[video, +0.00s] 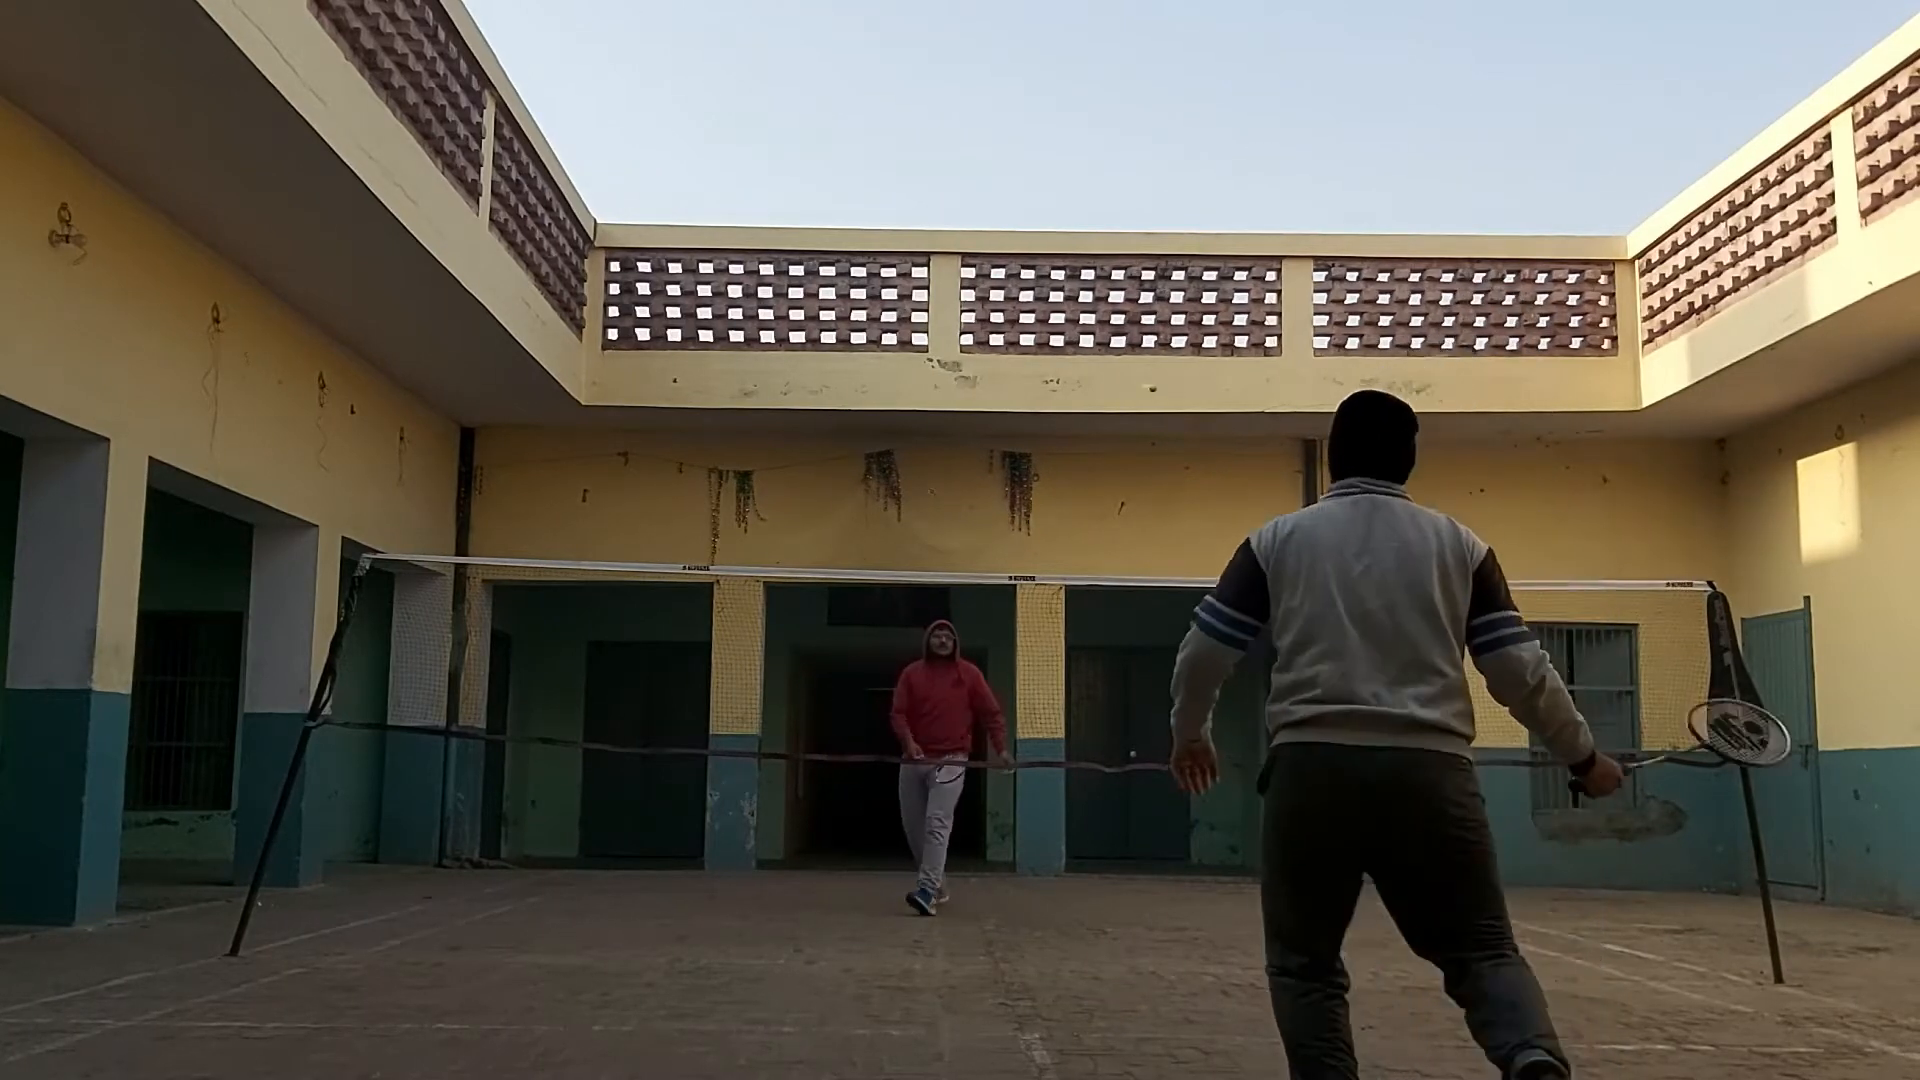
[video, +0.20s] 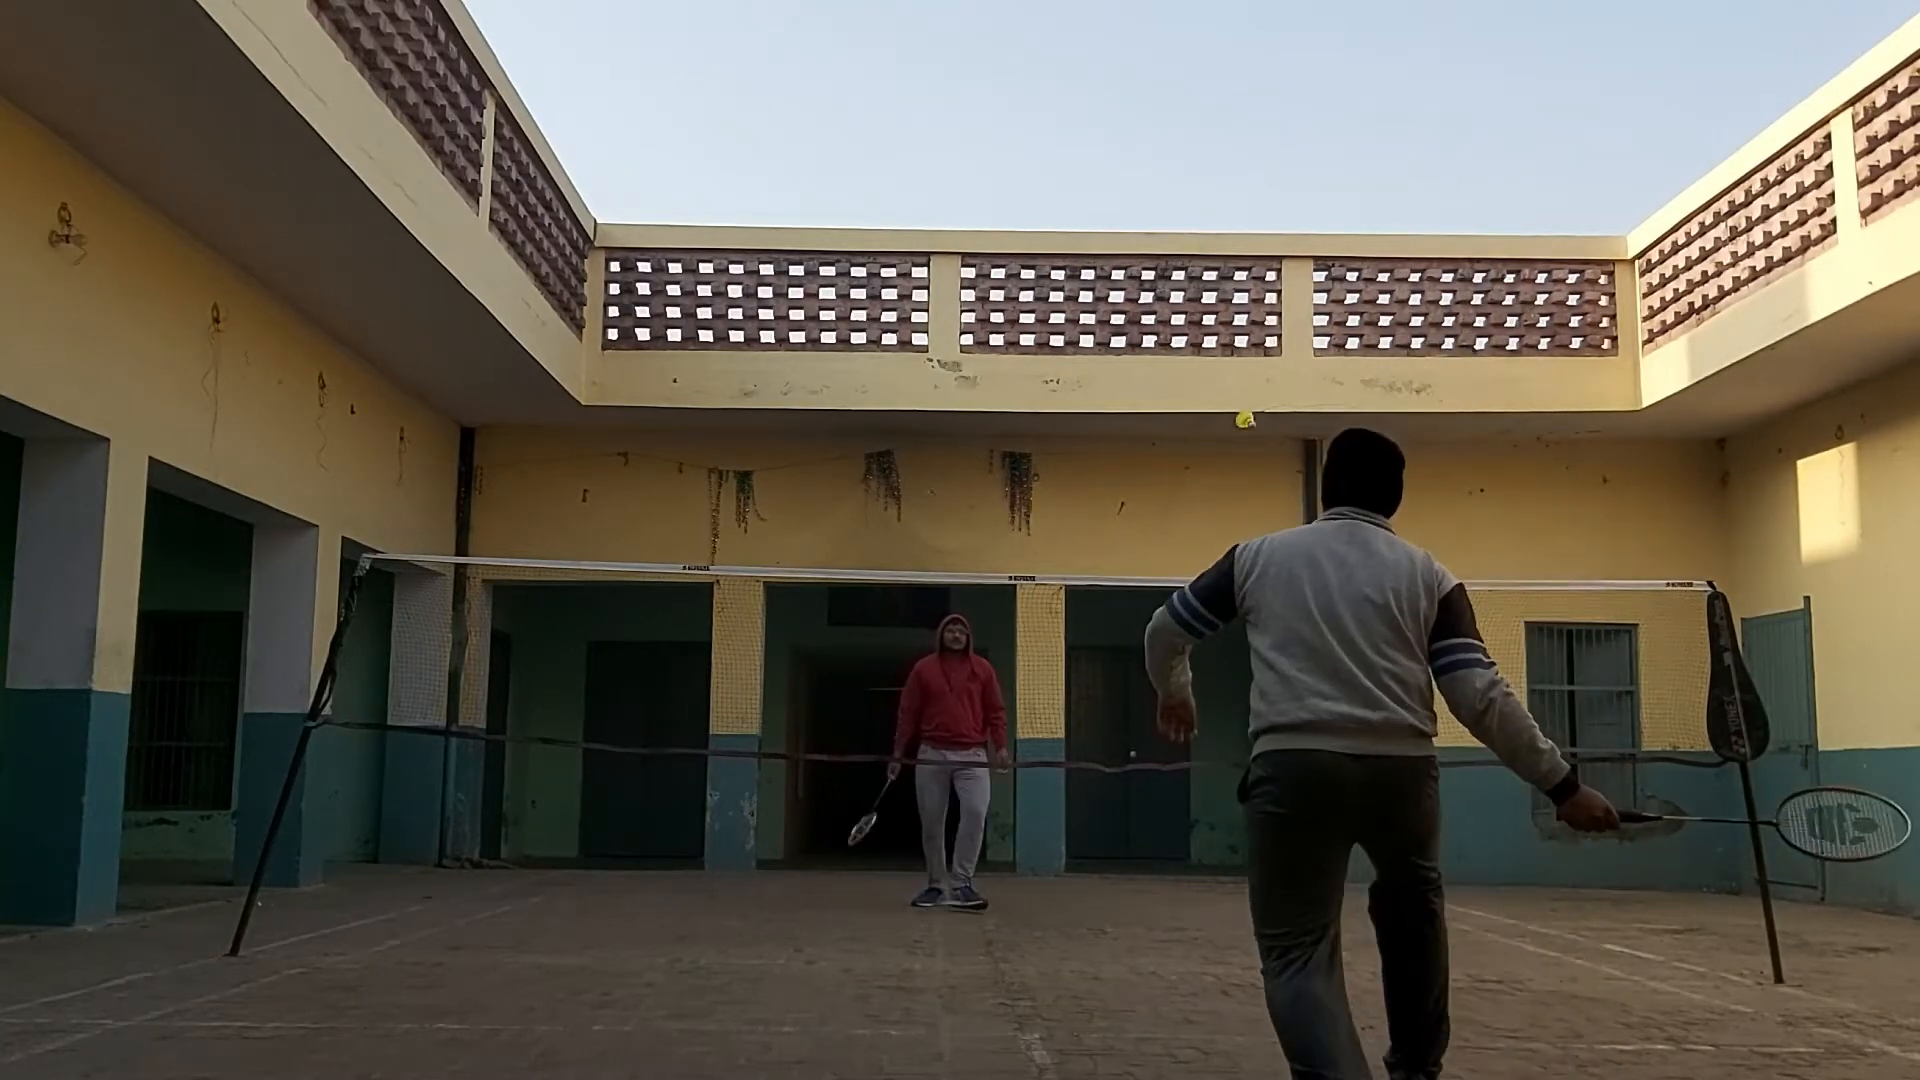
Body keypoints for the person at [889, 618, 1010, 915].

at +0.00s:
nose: (942, 640)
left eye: (947, 636)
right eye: (937, 636)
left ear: (954, 642)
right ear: (928, 641)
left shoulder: (968, 673)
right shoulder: (912, 673)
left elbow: (992, 712)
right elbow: (898, 714)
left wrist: (1000, 749)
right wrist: (908, 741)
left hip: (951, 760)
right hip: (915, 760)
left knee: (937, 823)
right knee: (913, 825)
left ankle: (927, 891)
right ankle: (936, 884)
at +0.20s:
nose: (956, 635)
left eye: (961, 632)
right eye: (951, 631)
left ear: (968, 638)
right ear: (941, 636)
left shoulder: (982, 668)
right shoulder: (924, 669)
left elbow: (996, 711)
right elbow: (907, 715)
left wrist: (1001, 747)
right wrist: (897, 756)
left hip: (972, 755)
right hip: (932, 755)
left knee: (977, 813)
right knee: (932, 821)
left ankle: (962, 885)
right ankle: (936, 886)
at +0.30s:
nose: (965, 632)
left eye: (970, 629)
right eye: (959, 628)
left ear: (977, 635)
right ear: (950, 633)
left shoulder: (991, 666)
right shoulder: (932, 666)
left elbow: (1004, 708)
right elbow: (914, 710)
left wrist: (1010, 742)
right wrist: (901, 746)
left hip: (983, 753)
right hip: (942, 754)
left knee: (996, 816)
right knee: (937, 823)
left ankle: (991, 882)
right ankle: (936, 886)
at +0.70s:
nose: (1001, 637)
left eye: (1006, 633)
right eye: (996, 633)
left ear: (1013, 639)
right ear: (987, 638)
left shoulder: (1026, 670)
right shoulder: (972, 668)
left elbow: (1045, 711)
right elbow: (960, 710)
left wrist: (1039, 744)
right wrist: (951, 744)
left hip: (1016, 757)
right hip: (977, 754)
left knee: (1024, 823)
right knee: (962, 814)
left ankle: (1035, 885)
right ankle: (961, 880)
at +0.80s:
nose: (999, 633)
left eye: (1004, 630)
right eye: (994, 629)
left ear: (1011, 637)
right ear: (985, 636)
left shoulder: (1025, 669)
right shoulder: (974, 667)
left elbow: (1044, 707)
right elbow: (964, 709)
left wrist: (1032, 733)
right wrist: (956, 740)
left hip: (1017, 754)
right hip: (981, 753)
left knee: (1026, 819)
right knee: (966, 813)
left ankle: (1035, 882)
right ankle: (973, 872)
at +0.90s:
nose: (993, 637)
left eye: (998, 635)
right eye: (988, 635)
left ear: (1006, 643)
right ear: (980, 643)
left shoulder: (1019, 671)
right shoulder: (972, 674)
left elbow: (1037, 709)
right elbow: (965, 715)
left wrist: (1018, 730)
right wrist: (959, 745)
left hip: (1018, 761)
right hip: (982, 759)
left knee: (1026, 821)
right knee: (966, 815)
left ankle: (1036, 884)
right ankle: (973, 875)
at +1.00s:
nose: (983, 645)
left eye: (988, 643)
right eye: (979, 642)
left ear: (997, 651)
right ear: (973, 651)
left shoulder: (1011, 680)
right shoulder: (969, 686)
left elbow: (1021, 713)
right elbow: (964, 725)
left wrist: (990, 720)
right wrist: (954, 753)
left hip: (1016, 769)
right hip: (981, 768)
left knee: (1026, 822)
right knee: (959, 818)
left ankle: (1036, 884)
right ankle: (968, 877)